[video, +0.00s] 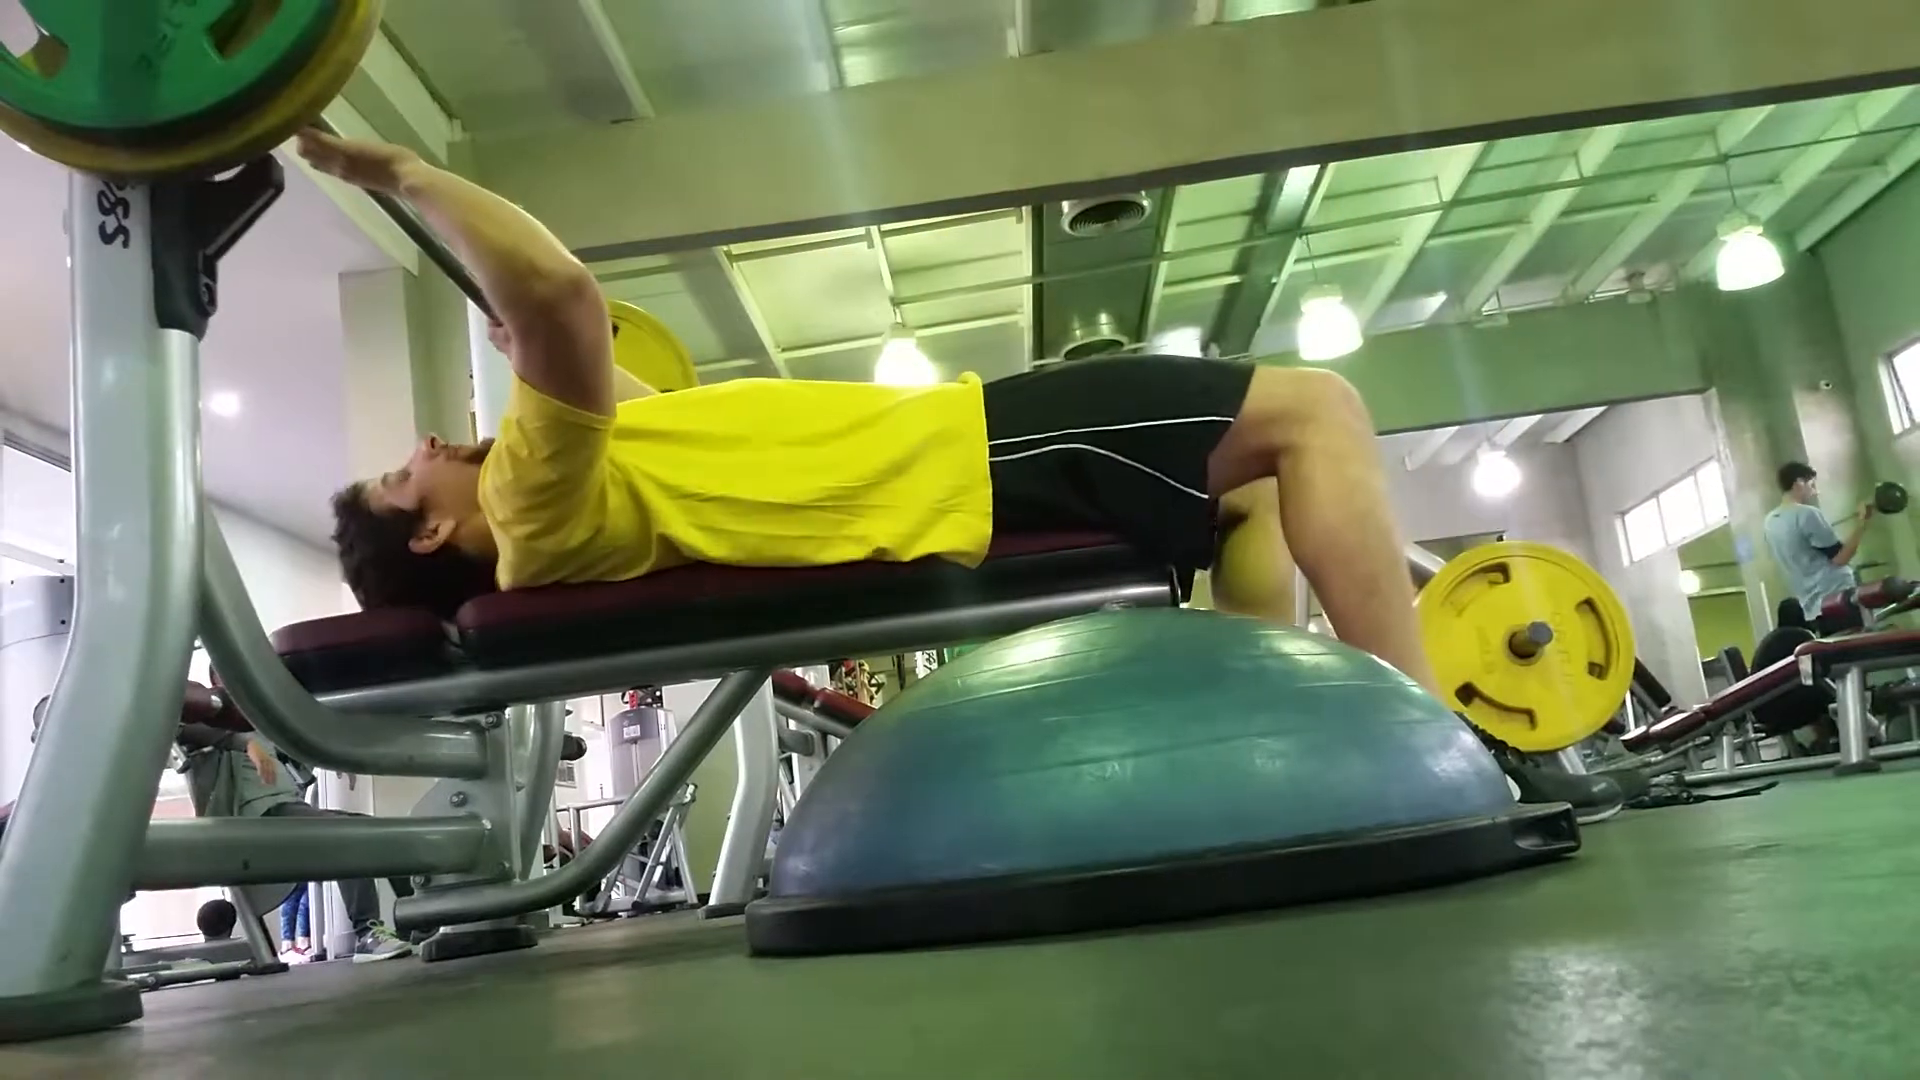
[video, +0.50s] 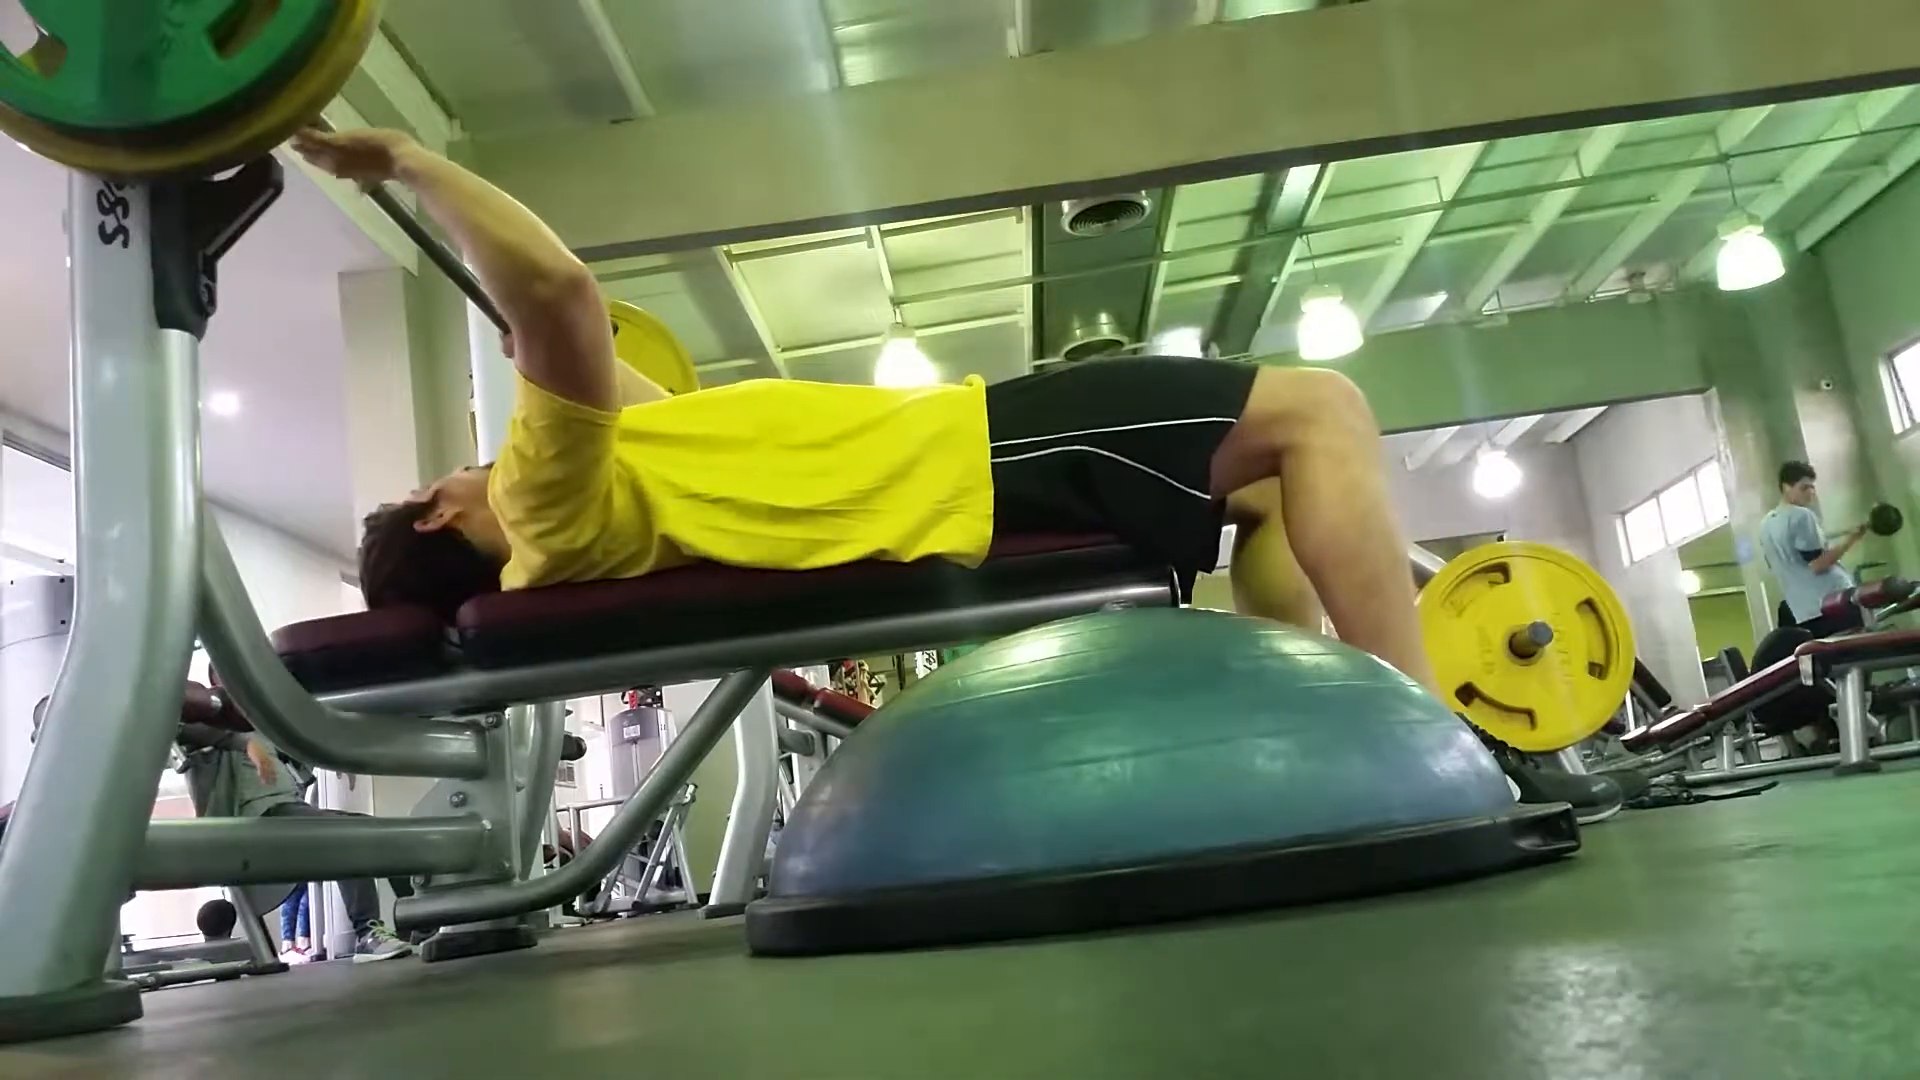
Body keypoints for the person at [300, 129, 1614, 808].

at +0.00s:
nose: (435, 441)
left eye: (412, 451)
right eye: (418, 467)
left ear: (447, 484)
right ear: (437, 536)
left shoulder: (565, 480)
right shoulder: (547, 521)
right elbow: (555, 297)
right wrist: (400, 171)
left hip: (957, 461)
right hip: (964, 455)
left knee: (1251, 488)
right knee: (1306, 408)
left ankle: (1259, 762)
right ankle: (1433, 748)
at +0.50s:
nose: (462, 457)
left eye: (442, 462)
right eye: (449, 474)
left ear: (460, 516)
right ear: (461, 522)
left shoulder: (578, 505)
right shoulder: (558, 511)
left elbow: (740, 603)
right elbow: (555, 293)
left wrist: (827, 674)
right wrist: (398, 160)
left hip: (971, 464)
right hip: (982, 450)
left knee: (1271, 459)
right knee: (1314, 409)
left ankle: (1315, 740)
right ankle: (1426, 756)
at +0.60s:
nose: (457, 459)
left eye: (435, 464)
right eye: (442, 477)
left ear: (462, 497)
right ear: (455, 528)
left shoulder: (578, 491)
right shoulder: (559, 510)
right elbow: (539, 292)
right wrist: (378, 159)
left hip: (970, 456)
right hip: (977, 448)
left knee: (1271, 472)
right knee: (1315, 409)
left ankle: (1323, 745)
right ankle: (1426, 753)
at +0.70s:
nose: (447, 464)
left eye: (426, 468)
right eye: (433, 482)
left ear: (459, 496)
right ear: (449, 528)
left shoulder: (574, 491)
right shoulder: (552, 508)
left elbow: (547, 318)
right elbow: (515, 290)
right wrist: (359, 158)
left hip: (969, 465)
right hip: (973, 451)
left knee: (1271, 472)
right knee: (1312, 407)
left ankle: (1298, 749)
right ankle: (1422, 750)